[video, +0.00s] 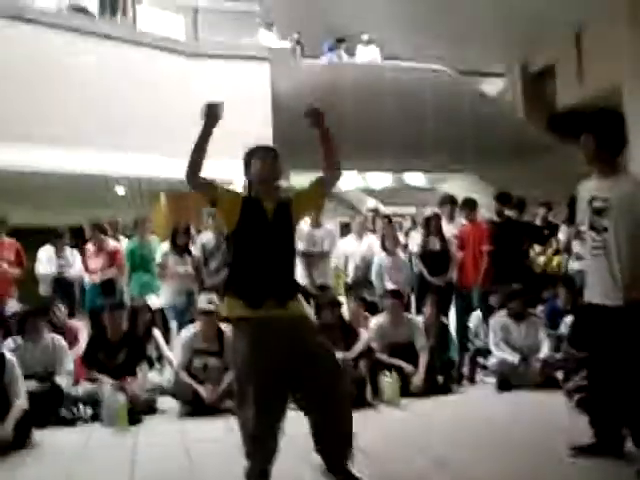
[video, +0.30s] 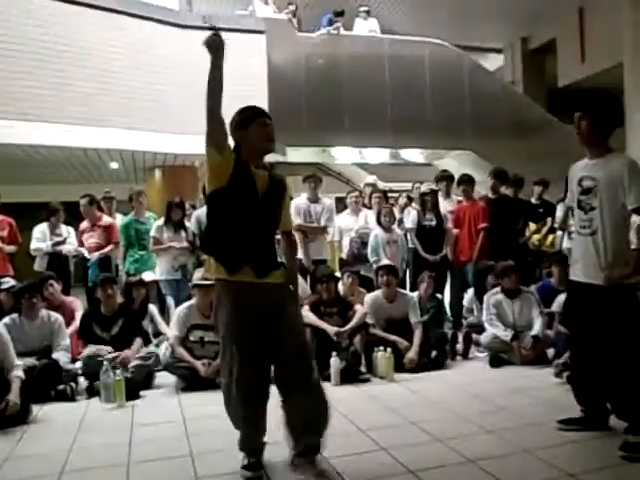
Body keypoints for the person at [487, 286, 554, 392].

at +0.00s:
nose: (512, 311)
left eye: (517, 308)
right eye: (510, 308)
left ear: (524, 307)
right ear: (507, 307)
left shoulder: (536, 320)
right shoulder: (498, 321)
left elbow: (545, 341)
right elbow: (496, 345)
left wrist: (541, 357)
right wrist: (516, 359)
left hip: (532, 358)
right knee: (497, 363)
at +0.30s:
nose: (514, 279)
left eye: (515, 276)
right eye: (509, 277)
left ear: (518, 277)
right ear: (501, 281)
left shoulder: (529, 295)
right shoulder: (491, 298)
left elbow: (538, 316)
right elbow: (490, 321)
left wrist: (535, 335)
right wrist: (509, 335)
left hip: (526, 333)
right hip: (504, 334)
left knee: (546, 338)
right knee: (486, 340)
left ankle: (508, 359)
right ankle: (533, 357)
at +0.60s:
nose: (517, 276)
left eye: (518, 273)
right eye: (512, 275)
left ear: (521, 274)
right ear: (503, 279)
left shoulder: (533, 292)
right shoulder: (493, 296)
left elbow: (542, 314)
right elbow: (493, 320)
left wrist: (539, 335)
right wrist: (514, 335)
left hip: (530, 329)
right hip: (507, 331)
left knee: (550, 337)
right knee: (489, 339)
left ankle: (510, 357)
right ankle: (537, 355)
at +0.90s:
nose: (518, 276)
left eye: (519, 272)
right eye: (513, 275)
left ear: (523, 274)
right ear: (504, 279)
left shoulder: (535, 293)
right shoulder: (495, 297)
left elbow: (543, 316)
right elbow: (494, 320)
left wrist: (539, 335)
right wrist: (515, 335)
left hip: (530, 331)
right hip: (508, 332)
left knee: (553, 336)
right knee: (491, 339)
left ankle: (512, 357)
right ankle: (538, 356)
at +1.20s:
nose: (515, 276)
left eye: (517, 272)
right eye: (510, 274)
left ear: (522, 274)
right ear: (503, 279)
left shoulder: (535, 294)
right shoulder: (494, 297)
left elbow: (543, 316)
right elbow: (493, 320)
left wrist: (539, 335)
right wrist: (514, 335)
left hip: (530, 332)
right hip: (507, 333)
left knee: (552, 336)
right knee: (490, 339)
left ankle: (512, 358)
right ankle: (538, 356)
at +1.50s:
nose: (513, 277)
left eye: (516, 273)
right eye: (508, 274)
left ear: (522, 275)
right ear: (502, 278)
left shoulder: (534, 293)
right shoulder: (495, 296)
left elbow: (543, 316)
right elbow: (494, 320)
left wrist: (540, 335)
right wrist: (515, 334)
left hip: (531, 331)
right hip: (508, 332)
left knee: (552, 336)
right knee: (491, 339)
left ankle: (512, 357)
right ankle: (538, 356)